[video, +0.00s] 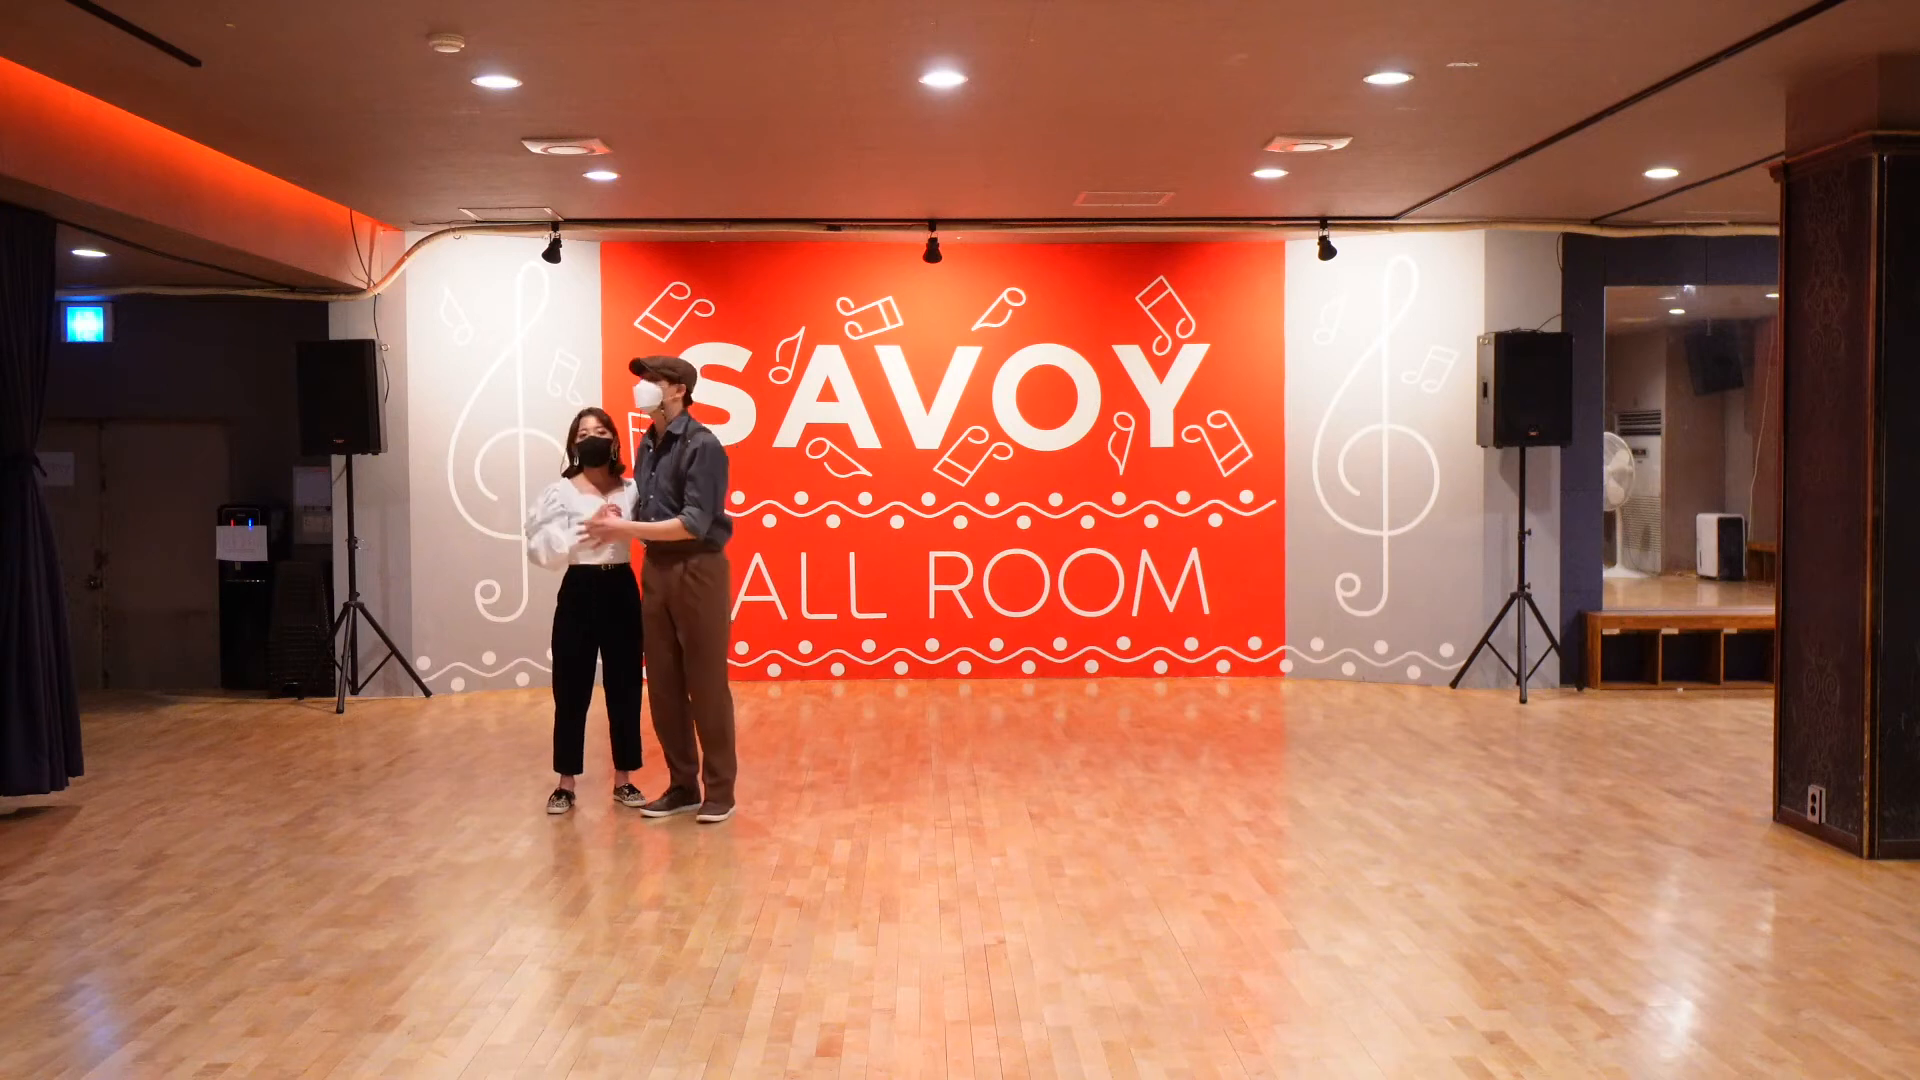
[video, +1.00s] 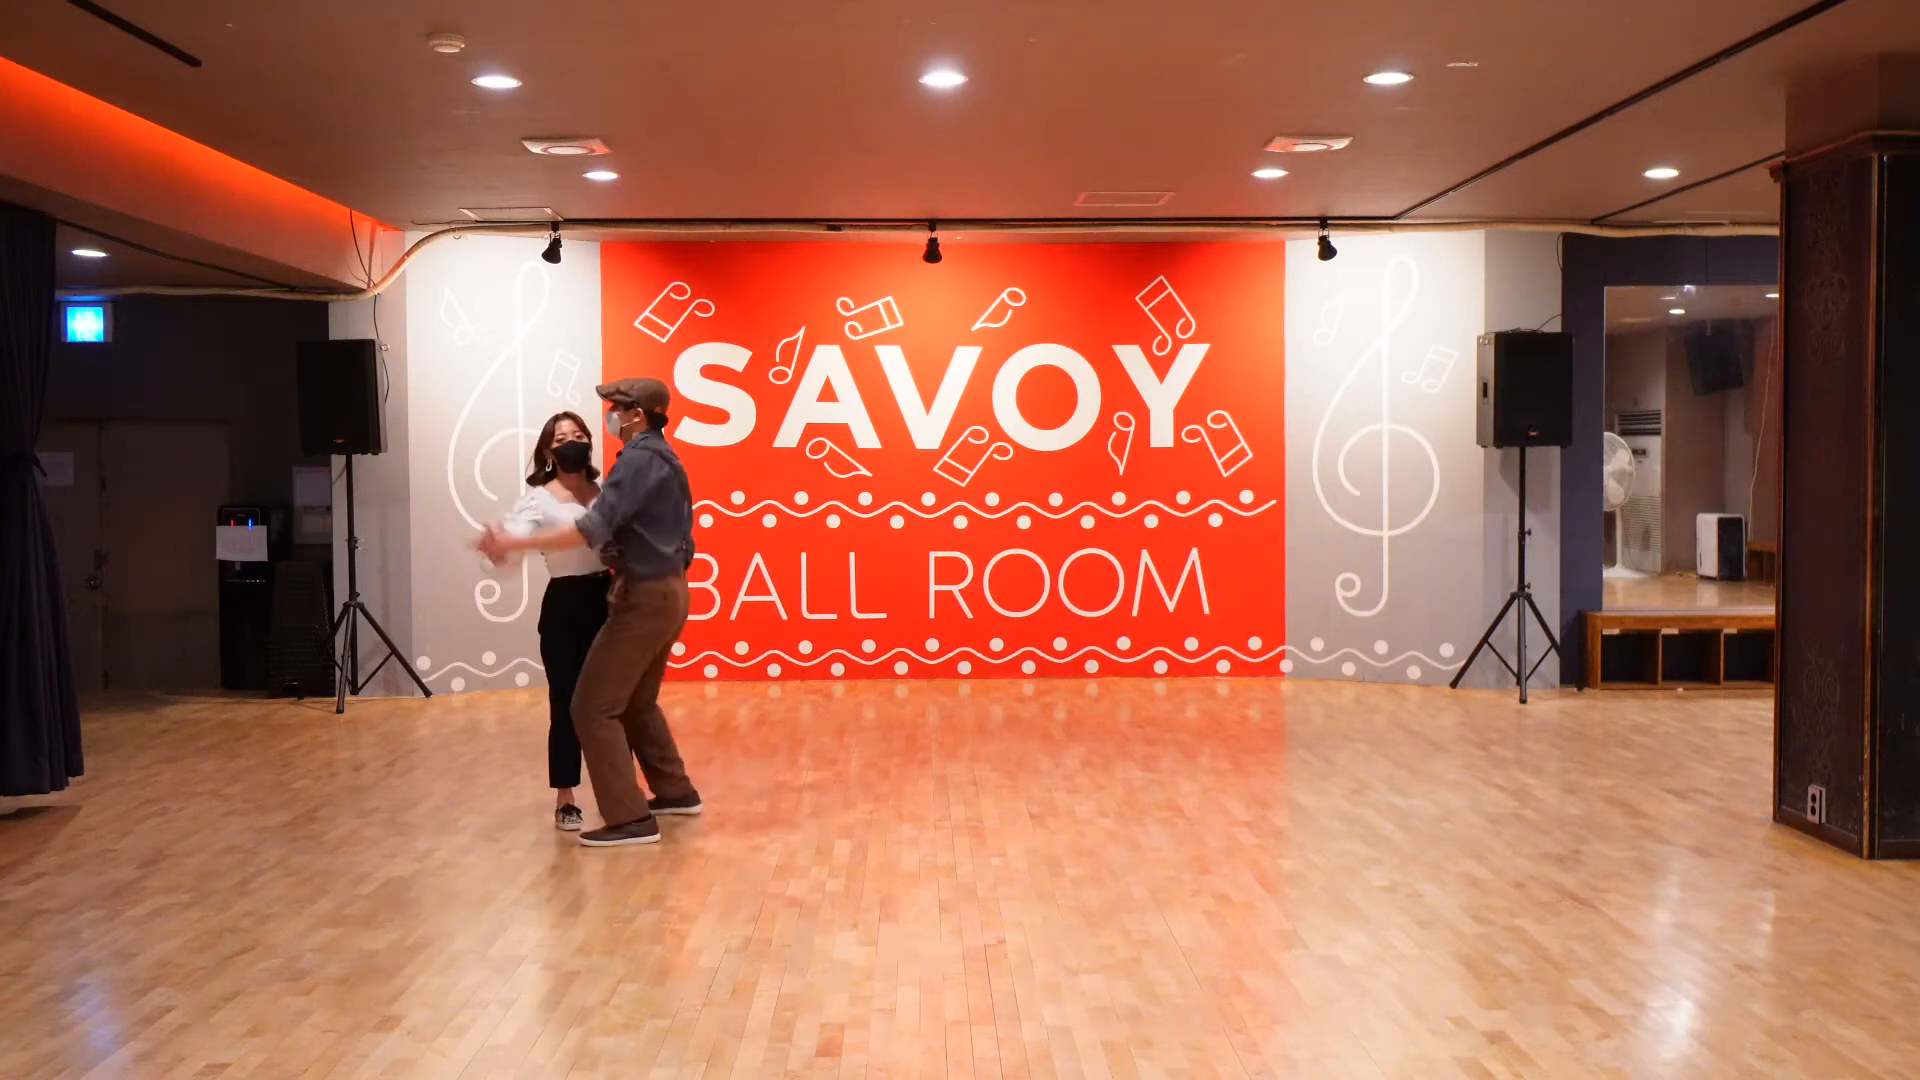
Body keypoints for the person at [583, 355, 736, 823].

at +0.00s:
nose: (641, 388)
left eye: (652, 381)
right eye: (642, 380)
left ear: (678, 390)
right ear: (655, 392)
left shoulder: (704, 446)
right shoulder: (648, 447)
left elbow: (695, 525)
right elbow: (645, 510)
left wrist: (626, 528)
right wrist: (611, 522)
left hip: (699, 570)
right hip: (657, 568)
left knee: (707, 683)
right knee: (664, 684)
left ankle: (720, 793)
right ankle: (683, 787)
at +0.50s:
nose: (623, 394)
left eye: (630, 388)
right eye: (625, 387)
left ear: (652, 397)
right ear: (651, 398)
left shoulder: (674, 452)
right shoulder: (647, 445)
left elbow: (686, 535)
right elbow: (642, 517)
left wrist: (624, 549)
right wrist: (607, 535)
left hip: (677, 575)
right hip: (652, 572)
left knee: (644, 675)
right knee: (661, 677)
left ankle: (647, 794)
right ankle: (682, 786)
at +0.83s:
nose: (609, 401)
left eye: (615, 394)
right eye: (612, 394)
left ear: (637, 403)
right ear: (642, 403)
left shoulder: (650, 459)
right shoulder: (655, 449)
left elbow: (637, 548)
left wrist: (590, 601)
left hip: (658, 585)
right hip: (674, 581)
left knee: (607, 689)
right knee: (648, 694)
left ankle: (616, 807)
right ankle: (678, 792)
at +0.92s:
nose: (608, 411)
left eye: (614, 404)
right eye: (610, 403)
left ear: (636, 411)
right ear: (645, 411)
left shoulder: (646, 463)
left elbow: (614, 545)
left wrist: (552, 584)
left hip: (653, 593)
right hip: (670, 590)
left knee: (595, 699)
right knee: (639, 699)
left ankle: (628, 813)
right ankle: (677, 793)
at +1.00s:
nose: (607, 418)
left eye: (613, 411)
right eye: (609, 411)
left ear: (637, 416)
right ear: (644, 417)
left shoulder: (639, 460)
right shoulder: (662, 459)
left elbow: (590, 528)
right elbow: (682, 544)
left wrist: (514, 543)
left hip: (645, 597)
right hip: (668, 592)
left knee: (593, 707)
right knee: (638, 703)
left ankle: (628, 818)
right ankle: (675, 792)